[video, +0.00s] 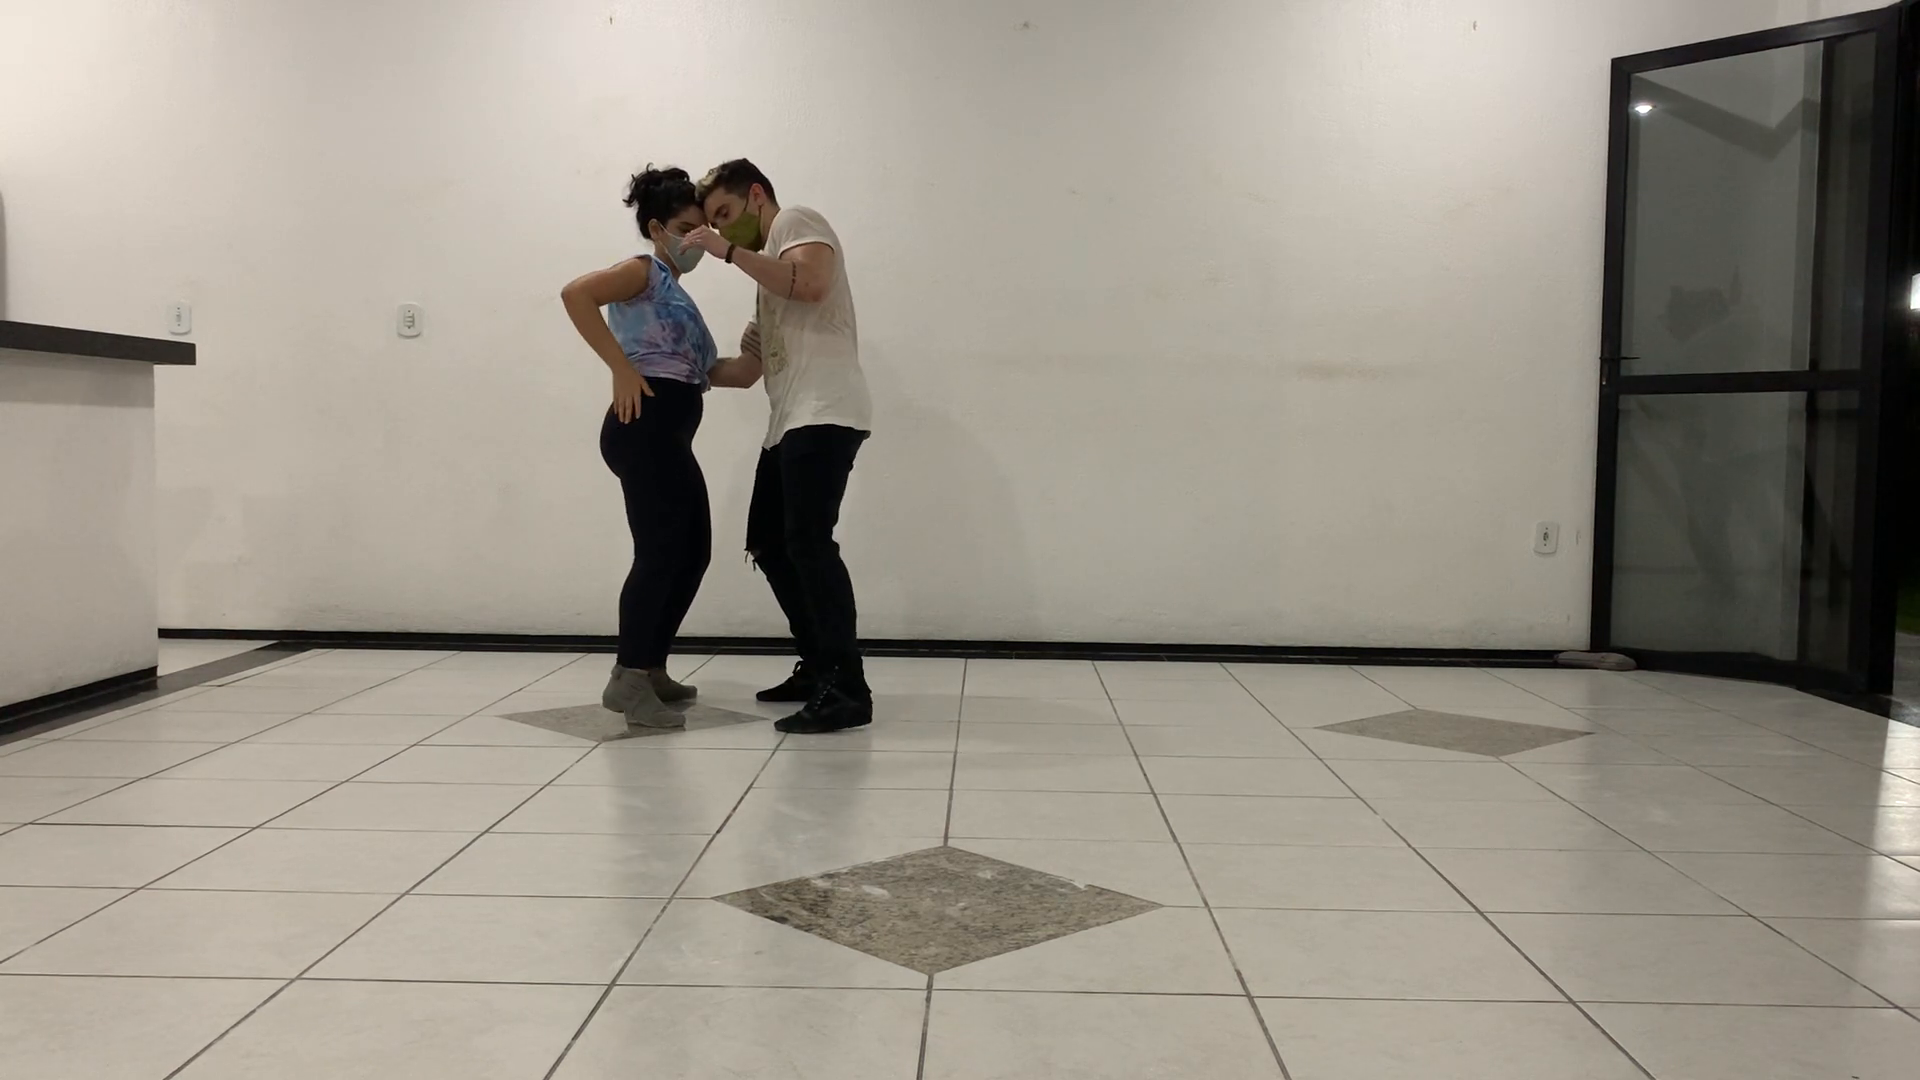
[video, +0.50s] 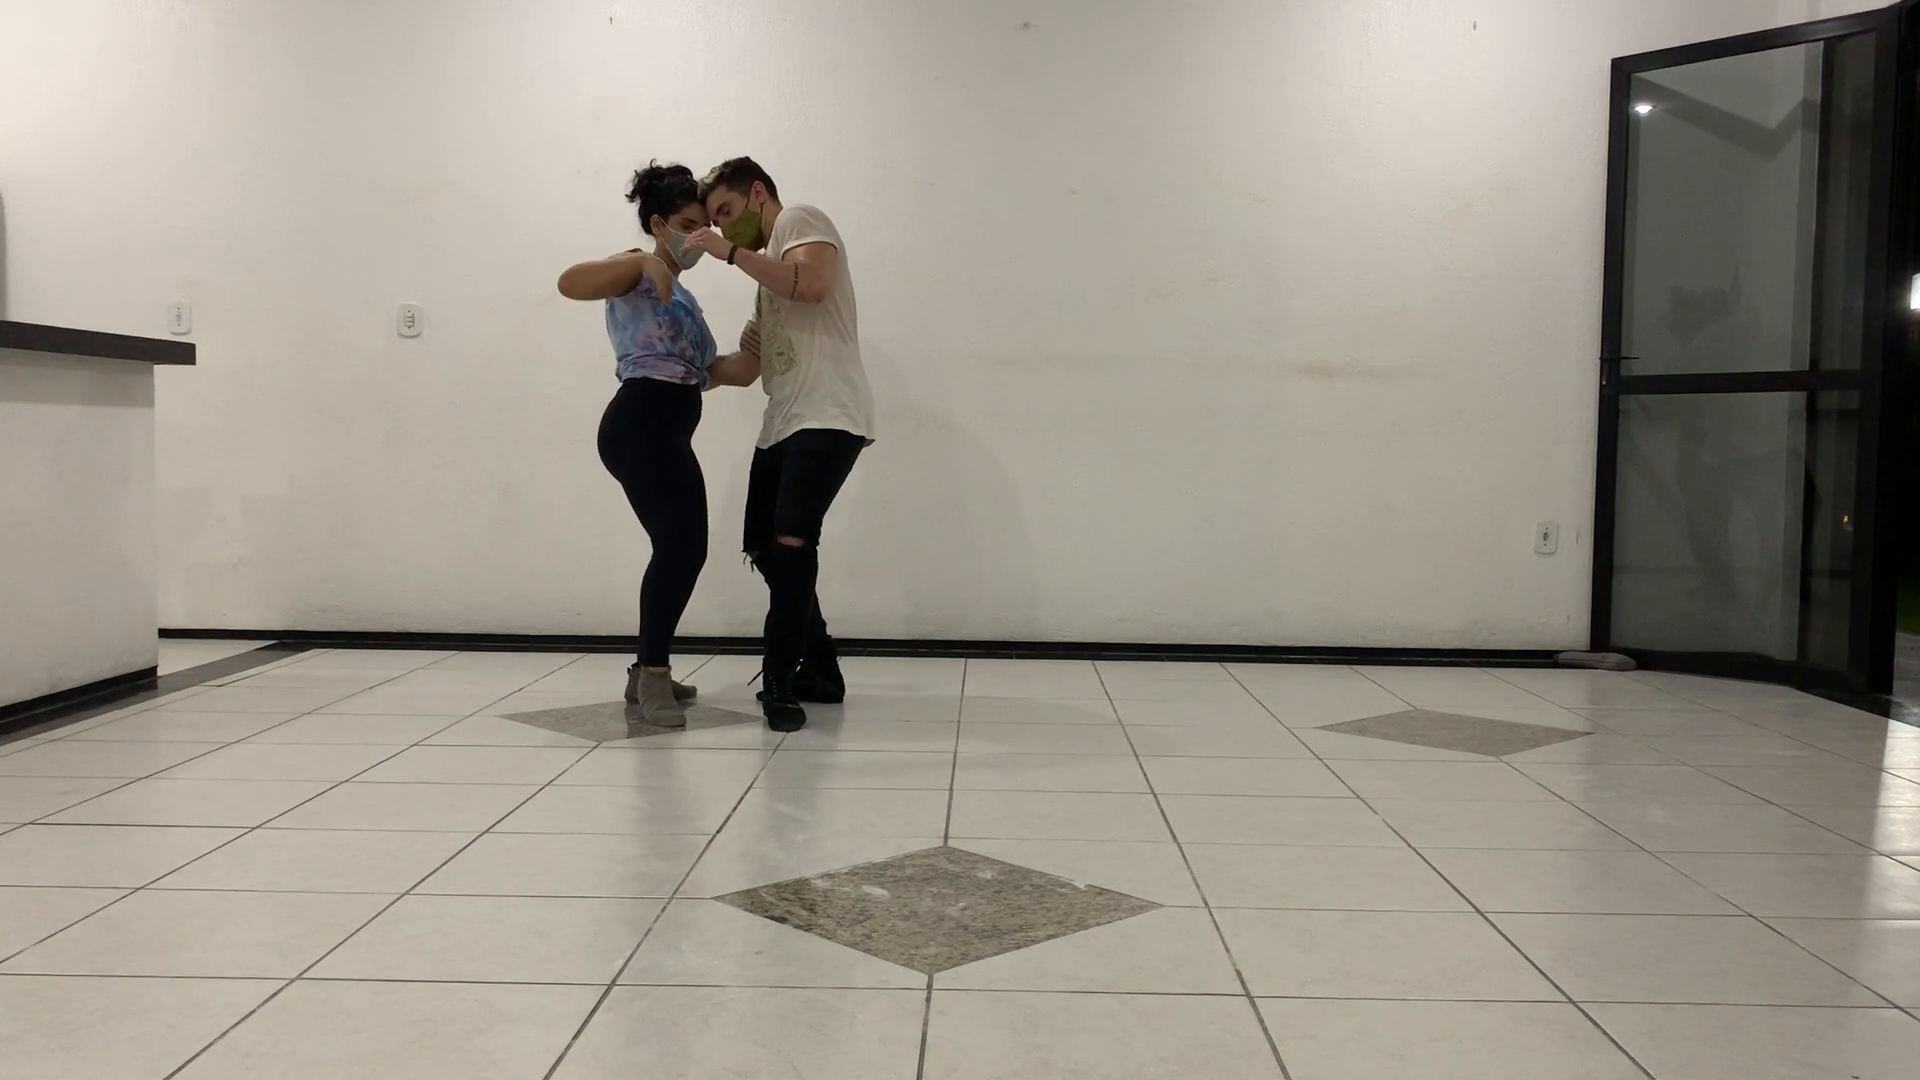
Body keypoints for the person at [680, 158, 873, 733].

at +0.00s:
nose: (722, 232)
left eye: (725, 215)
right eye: (714, 223)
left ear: (758, 196)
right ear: (735, 218)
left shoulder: (799, 221)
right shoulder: (768, 282)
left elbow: (808, 284)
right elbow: (743, 371)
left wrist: (729, 251)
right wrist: (674, 361)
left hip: (826, 412)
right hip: (789, 422)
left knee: (806, 540)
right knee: (768, 543)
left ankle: (847, 690)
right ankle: (818, 667)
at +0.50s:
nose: (724, 230)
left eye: (726, 214)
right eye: (716, 221)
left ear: (760, 194)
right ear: (741, 214)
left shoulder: (803, 220)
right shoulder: (767, 278)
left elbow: (810, 284)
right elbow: (745, 366)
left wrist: (731, 251)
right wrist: (685, 365)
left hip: (829, 411)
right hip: (781, 422)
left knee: (790, 540)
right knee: (763, 543)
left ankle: (777, 685)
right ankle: (820, 670)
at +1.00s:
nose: (730, 231)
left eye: (732, 214)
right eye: (722, 222)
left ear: (766, 194)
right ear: (748, 214)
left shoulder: (808, 220)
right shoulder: (775, 285)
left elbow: (812, 284)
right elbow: (744, 364)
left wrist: (735, 249)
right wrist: (682, 362)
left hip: (834, 406)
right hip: (794, 415)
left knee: (795, 532)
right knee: (767, 541)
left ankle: (845, 682)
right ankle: (816, 665)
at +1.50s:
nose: (726, 206)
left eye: (728, 191)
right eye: (720, 198)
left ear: (761, 174)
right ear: (763, 181)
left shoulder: (797, 212)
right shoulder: (789, 228)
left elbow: (784, 293)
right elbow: (760, 335)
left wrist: (706, 250)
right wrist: (689, 324)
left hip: (839, 397)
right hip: (828, 399)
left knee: (784, 523)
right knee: (794, 527)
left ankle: (821, 678)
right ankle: (816, 669)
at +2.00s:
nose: (721, 196)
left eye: (719, 181)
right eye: (714, 188)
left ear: (749, 157)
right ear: (756, 160)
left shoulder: (794, 194)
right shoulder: (797, 208)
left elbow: (772, 283)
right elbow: (746, 318)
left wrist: (692, 233)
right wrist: (675, 339)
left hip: (841, 396)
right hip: (853, 396)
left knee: (807, 537)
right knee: (833, 537)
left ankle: (823, 696)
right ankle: (817, 678)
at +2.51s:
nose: (694, 204)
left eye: (694, 188)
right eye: (688, 195)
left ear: (727, 164)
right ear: (726, 172)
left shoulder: (784, 197)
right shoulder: (760, 242)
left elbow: (793, 284)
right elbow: (682, 309)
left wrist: (698, 253)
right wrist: (592, 315)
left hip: (867, 395)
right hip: (878, 394)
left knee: (851, 548)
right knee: (892, 543)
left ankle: (825, 700)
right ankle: (895, 696)